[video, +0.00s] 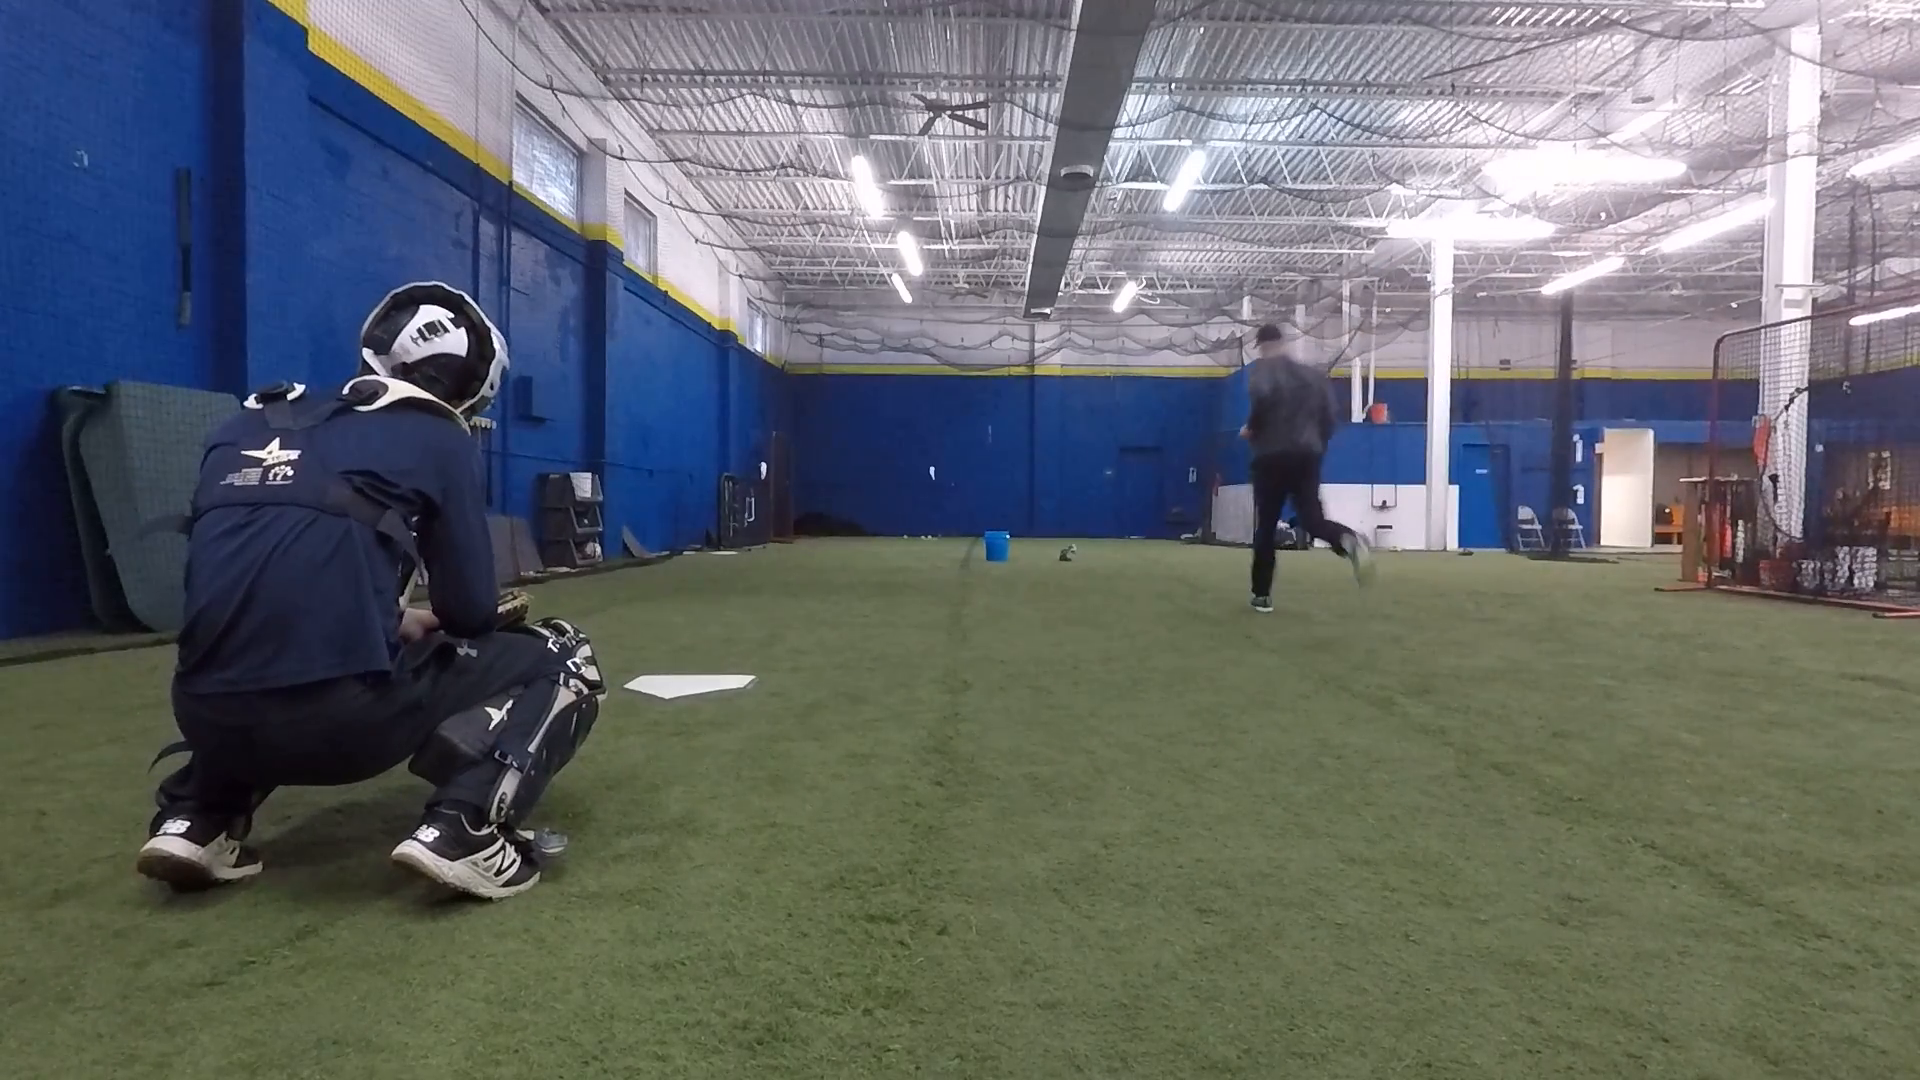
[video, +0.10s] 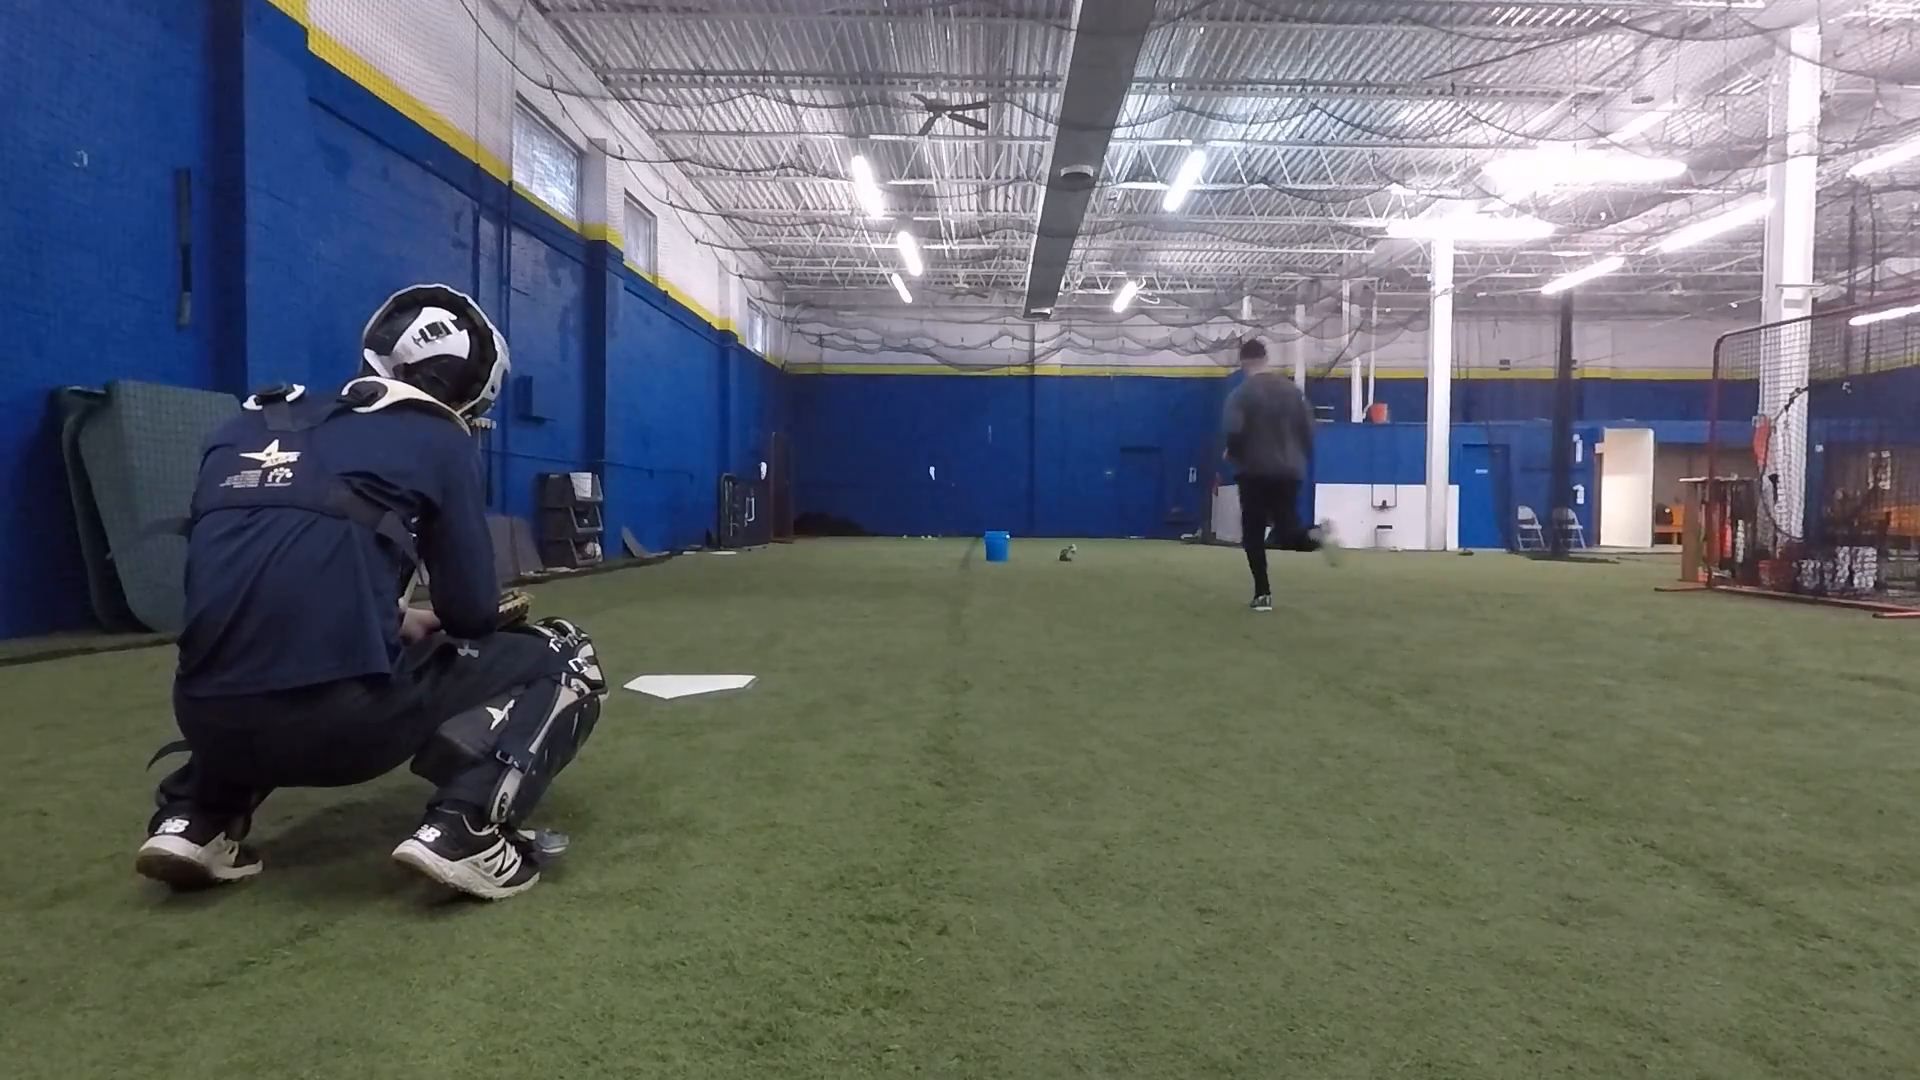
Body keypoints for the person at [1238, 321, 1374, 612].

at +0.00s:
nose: (1261, 352)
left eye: (1261, 348)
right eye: (1263, 347)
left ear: (1262, 347)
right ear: (1283, 344)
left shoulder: (1261, 369)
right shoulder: (1312, 374)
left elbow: (1263, 396)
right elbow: (1329, 416)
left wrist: (1251, 427)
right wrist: (1316, 446)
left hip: (1272, 457)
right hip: (1308, 456)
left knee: (1265, 527)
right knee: (1313, 521)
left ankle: (1262, 596)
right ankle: (1346, 540)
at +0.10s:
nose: (1245, 366)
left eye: (1244, 362)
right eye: (1248, 361)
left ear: (1243, 361)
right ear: (1265, 359)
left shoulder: (1241, 392)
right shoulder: (1291, 389)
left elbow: (1234, 431)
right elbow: (1306, 427)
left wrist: (1233, 453)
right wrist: (1307, 455)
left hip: (1254, 475)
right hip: (1289, 474)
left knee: (1253, 537)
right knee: (1286, 537)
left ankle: (1263, 595)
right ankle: (1316, 537)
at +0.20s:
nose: (1235, 364)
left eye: (1231, 360)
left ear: (1230, 360)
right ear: (1253, 358)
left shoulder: (1225, 389)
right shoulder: (1275, 385)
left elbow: (1214, 427)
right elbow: (1290, 422)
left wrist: (1229, 449)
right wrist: (1285, 450)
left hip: (1243, 467)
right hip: (1274, 465)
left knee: (1247, 529)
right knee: (1268, 520)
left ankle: (1261, 589)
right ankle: (1286, 547)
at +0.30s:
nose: (1224, 359)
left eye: (1222, 355)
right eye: (1230, 355)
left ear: (1220, 356)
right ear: (1242, 355)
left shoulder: (1210, 383)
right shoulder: (1262, 380)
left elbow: (1197, 417)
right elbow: (1278, 414)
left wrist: (1217, 424)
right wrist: (1271, 436)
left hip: (1228, 454)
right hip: (1259, 453)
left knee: (1237, 511)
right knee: (1253, 504)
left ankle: (1250, 566)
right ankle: (1254, 564)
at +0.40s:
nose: (1216, 367)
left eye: (1214, 363)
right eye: (1221, 363)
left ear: (1211, 363)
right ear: (1232, 363)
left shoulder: (1201, 389)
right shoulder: (1250, 389)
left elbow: (1185, 420)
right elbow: (1264, 422)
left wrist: (1205, 425)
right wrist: (1256, 447)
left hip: (1213, 457)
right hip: (1244, 457)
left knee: (1224, 507)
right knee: (1238, 511)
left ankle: (1240, 546)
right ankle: (1232, 574)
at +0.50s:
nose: (1212, 381)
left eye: (1207, 376)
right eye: (1218, 376)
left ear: (1202, 378)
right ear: (1222, 378)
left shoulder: (1191, 405)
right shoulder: (1237, 406)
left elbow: (1181, 435)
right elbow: (1251, 441)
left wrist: (1192, 454)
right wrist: (1242, 466)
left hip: (1202, 473)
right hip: (1231, 473)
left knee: (1204, 524)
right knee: (1224, 520)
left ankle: (1220, 532)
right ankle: (1224, 577)